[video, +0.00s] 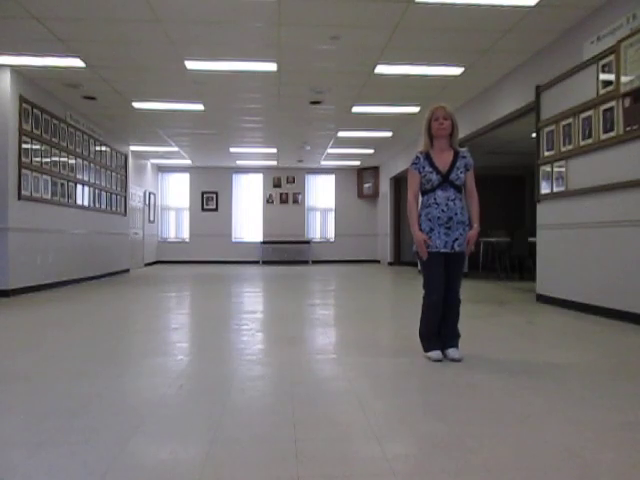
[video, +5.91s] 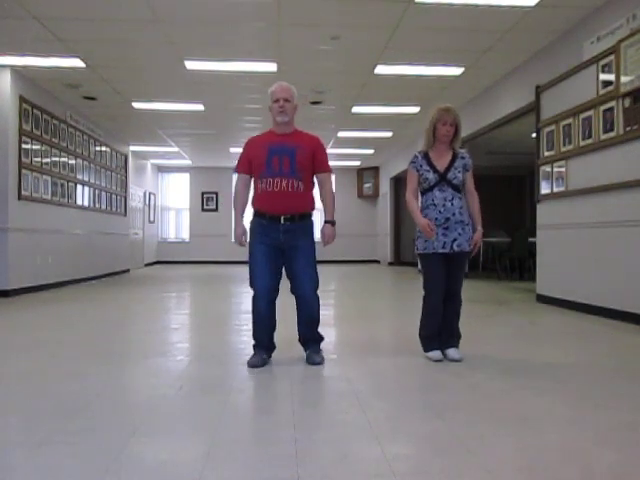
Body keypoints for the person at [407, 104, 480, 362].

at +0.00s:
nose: (441, 123)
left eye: (445, 119)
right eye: (436, 120)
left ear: (453, 125)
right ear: (429, 126)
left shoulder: (463, 157)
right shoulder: (420, 160)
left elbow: (471, 192)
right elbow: (412, 198)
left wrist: (475, 225)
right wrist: (415, 231)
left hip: (458, 229)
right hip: (430, 229)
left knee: (453, 290)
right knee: (434, 289)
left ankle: (451, 342)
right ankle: (431, 343)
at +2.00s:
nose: (441, 125)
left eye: (445, 121)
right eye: (436, 121)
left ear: (452, 127)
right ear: (429, 128)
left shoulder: (462, 160)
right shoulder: (419, 161)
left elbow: (470, 196)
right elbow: (410, 198)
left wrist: (477, 228)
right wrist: (417, 226)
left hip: (460, 232)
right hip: (432, 232)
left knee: (454, 292)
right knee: (435, 291)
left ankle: (451, 343)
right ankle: (432, 344)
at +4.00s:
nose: (438, 125)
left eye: (442, 121)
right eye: (433, 122)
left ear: (449, 126)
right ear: (426, 127)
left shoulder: (461, 159)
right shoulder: (418, 161)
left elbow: (470, 193)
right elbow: (410, 197)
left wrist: (479, 226)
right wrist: (418, 225)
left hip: (458, 231)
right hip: (431, 231)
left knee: (453, 290)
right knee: (435, 289)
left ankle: (451, 342)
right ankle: (431, 344)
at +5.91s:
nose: (447, 129)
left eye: (451, 125)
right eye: (442, 124)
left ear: (456, 130)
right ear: (433, 127)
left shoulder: (463, 159)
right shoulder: (419, 159)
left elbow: (471, 193)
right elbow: (410, 195)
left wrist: (478, 227)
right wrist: (419, 219)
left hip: (459, 232)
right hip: (431, 232)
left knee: (453, 291)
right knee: (434, 290)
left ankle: (451, 343)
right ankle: (431, 343)